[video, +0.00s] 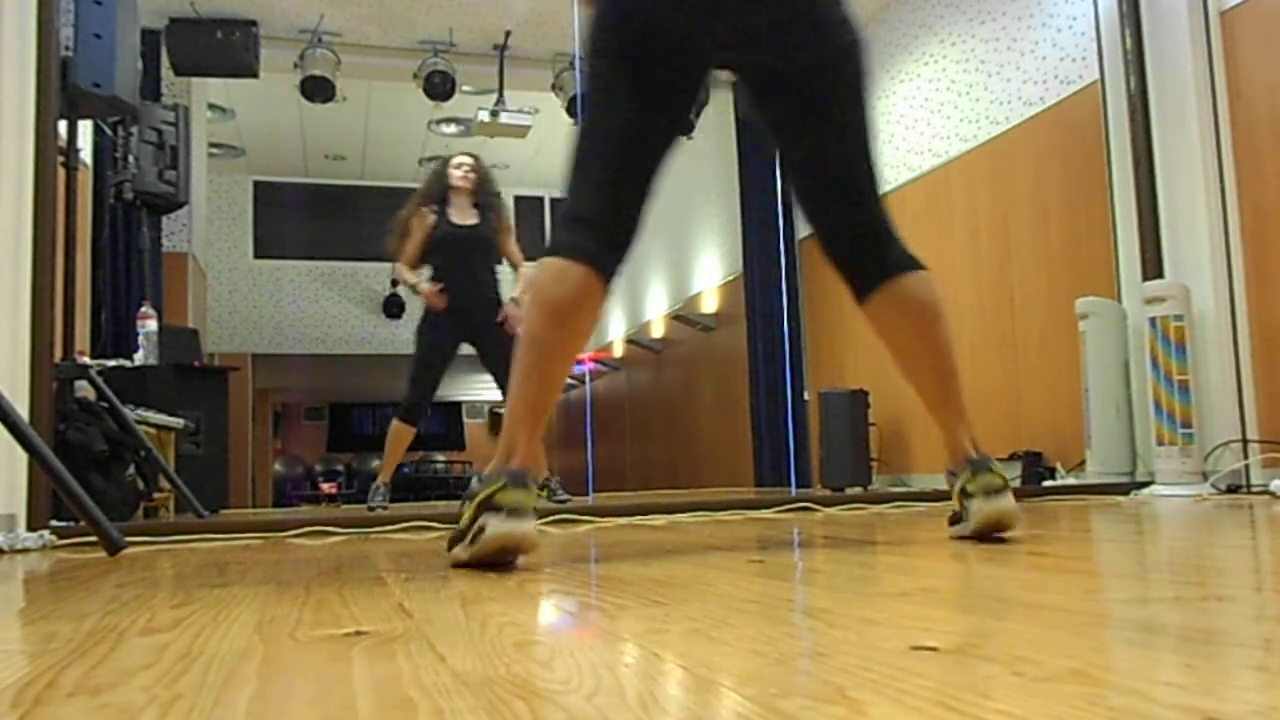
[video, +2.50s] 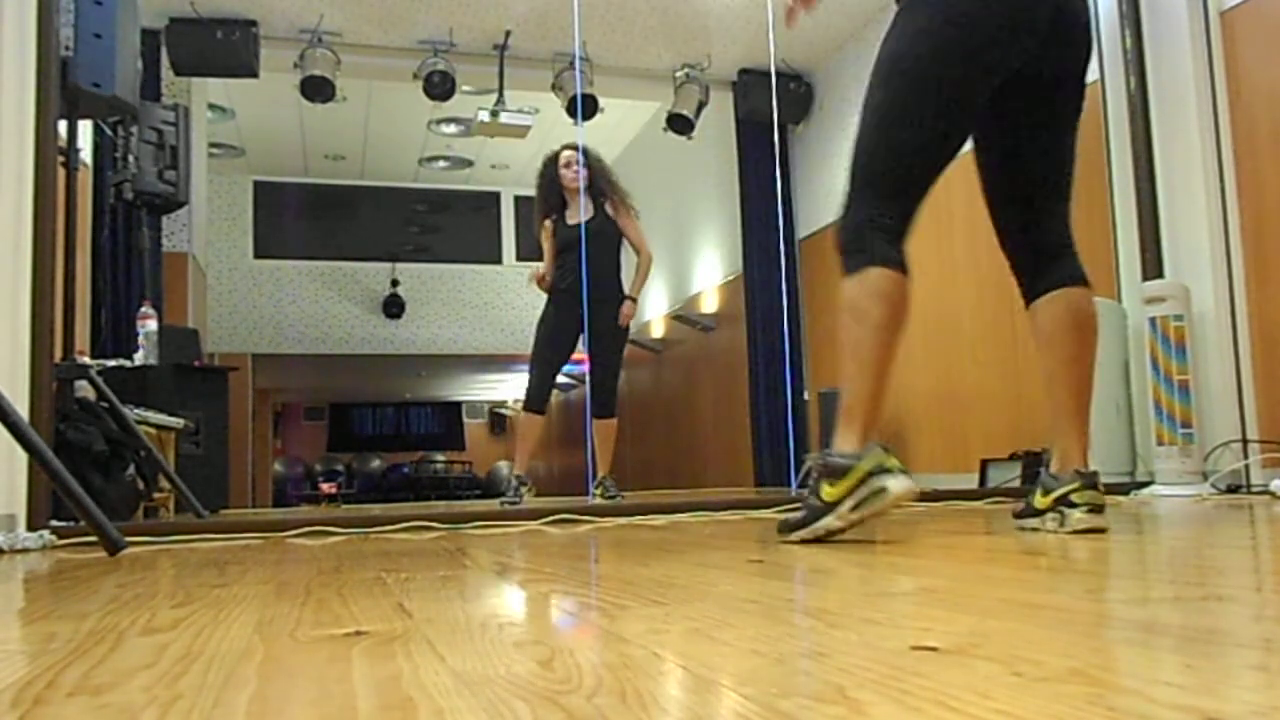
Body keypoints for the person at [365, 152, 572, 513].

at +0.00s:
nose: (465, 171)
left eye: (472, 168)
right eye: (458, 166)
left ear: (480, 179)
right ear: (445, 176)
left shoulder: (494, 219)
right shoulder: (429, 217)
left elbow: (521, 266)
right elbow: (402, 267)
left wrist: (517, 300)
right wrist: (421, 286)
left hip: (488, 317)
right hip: (442, 316)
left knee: (522, 395)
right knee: (416, 402)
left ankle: (544, 478)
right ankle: (383, 482)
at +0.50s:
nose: (526, 172)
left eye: (531, 169)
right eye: (520, 167)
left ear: (537, 179)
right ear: (507, 175)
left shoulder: (544, 216)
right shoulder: (491, 212)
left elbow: (572, 209)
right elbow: (490, 193)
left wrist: (549, 173)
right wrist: (509, 169)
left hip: (542, 308)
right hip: (500, 308)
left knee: (541, 398)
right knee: (494, 397)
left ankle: (546, 480)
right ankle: (482, 481)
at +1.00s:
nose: (524, 170)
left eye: (530, 167)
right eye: (519, 164)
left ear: (537, 176)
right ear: (506, 172)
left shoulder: (544, 217)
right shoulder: (489, 210)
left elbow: (573, 204)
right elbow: (477, 173)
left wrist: (550, 169)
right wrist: (503, 158)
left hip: (545, 306)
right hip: (504, 307)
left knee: (543, 396)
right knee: (500, 397)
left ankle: (546, 480)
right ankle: (484, 481)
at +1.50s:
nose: (528, 177)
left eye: (534, 174)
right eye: (522, 171)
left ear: (539, 188)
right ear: (507, 181)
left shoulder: (542, 223)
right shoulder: (486, 217)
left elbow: (564, 243)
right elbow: (442, 227)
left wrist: (557, 198)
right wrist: (476, 196)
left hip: (526, 318)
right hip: (482, 316)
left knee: (573, 385)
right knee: (478, 398)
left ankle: (568, 470)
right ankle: (481, 483)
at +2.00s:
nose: (557, 194)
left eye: (563, 189)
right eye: (550, 189)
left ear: (572, 199)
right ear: (537, 199)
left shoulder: (587, 238)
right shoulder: (527, 245)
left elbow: (618, 289)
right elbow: (520, 296)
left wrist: (618, 330)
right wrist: (515, 330)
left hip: (589, 337)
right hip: (545, 340)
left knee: (601, 405)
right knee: (491, 398)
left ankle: (601, 480)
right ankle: (488, 483)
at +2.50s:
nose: (575, 170)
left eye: (580, 164)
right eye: (567, 166)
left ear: (590, 172)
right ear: (556, 176)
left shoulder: (611, 207)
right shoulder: (551, 224)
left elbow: (645, 254)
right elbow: (549, 278)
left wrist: (632, 299)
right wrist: (541, 277)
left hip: (606, 309)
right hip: (562, 308)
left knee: (604, 393)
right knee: (538, 388)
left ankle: (603, 478)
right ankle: (519, 477)